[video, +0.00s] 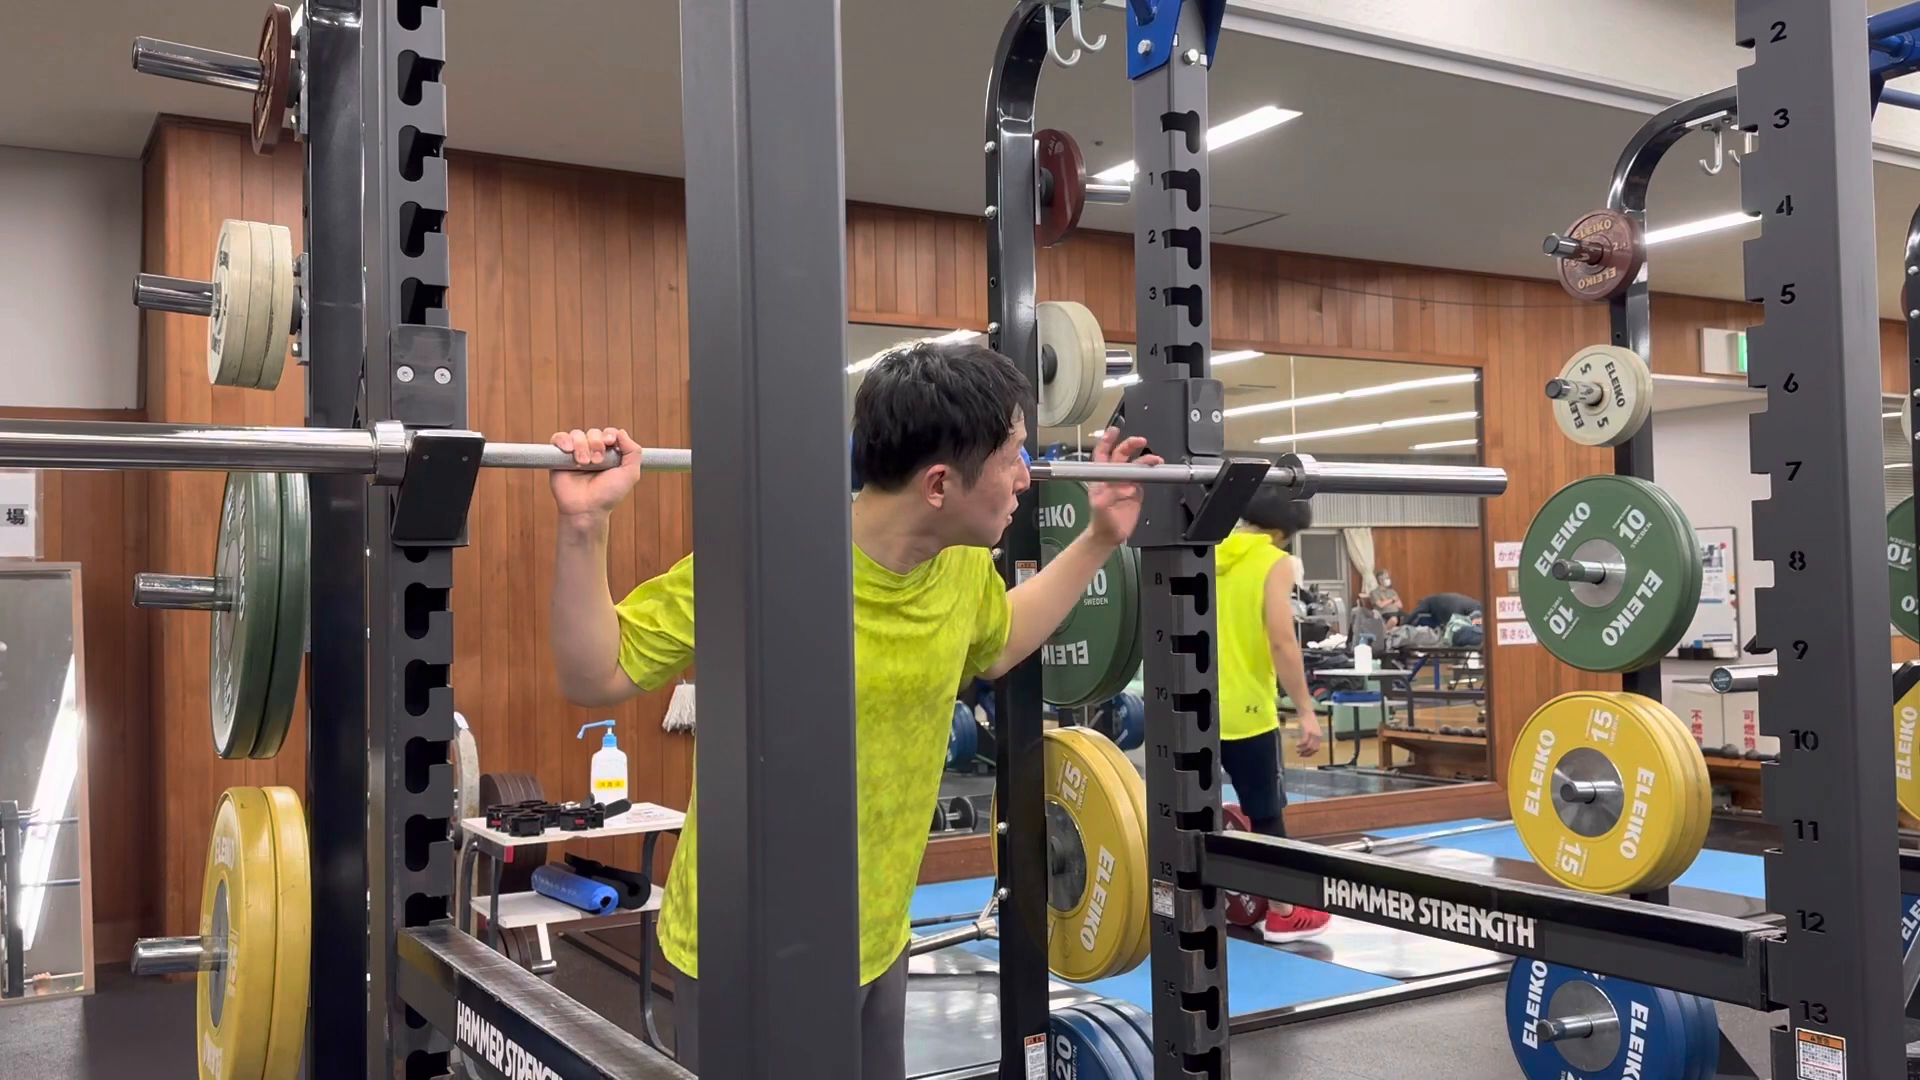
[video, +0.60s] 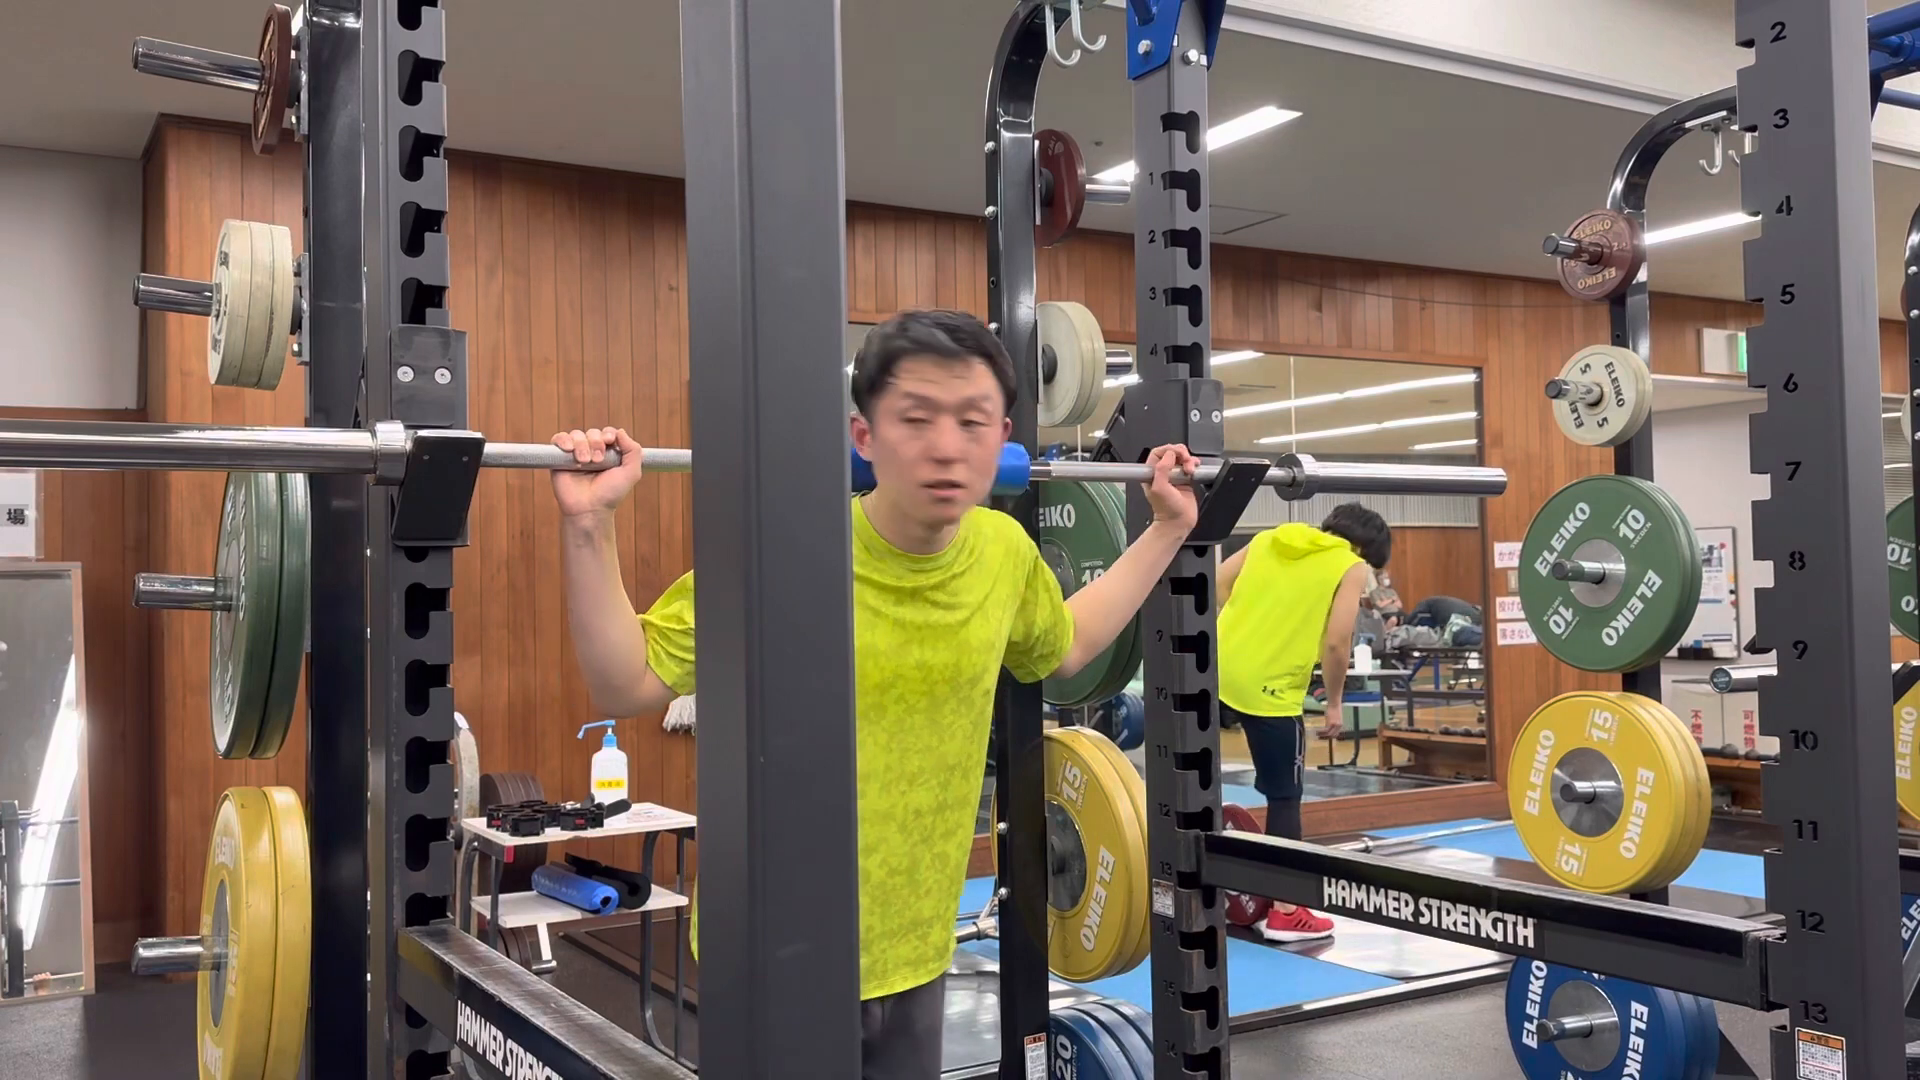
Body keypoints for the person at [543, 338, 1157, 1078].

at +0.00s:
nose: (1026, 476)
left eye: (1022, 453)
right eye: (1011, 457)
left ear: (941, 486)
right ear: (938, 484)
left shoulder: (965, 569)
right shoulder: (770, 561)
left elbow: (994, 648)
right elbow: (595, 675)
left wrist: (1102, 538)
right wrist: (581, 527)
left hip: (875, 952)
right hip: (742, 959)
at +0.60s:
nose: (948, 449)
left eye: (974, 420)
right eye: (916, 418)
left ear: (1002, 436)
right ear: (863, 435)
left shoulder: (1002, 552)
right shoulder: (788, 549)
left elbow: (1059, 647)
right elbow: (630, 688)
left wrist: (1167, 533)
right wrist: (587, 527)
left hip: (915, 961)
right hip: (777, 966)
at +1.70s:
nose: (993, 461)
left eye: (1013, 432)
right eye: (963, 430)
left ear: (1030, 433)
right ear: (892, 427)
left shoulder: (1024, 536)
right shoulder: (812, 539)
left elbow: (1067, 636)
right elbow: (650, 667)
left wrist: (1164, 526)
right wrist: (596, 523)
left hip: (976, 954)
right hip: (836, 970)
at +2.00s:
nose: (974, 450)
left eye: (993, 421)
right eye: (944, 420)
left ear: (1014, 422)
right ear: (874, 419)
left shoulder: (1015, 530)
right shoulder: (804, 531)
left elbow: (1062, 630)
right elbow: (650, 666)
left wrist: (1166, 524)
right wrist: (597, 520)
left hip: (978, 954)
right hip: (833, 970)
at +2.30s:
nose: (975, 448)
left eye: (994, 417)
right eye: (944, 420)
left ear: (1015, 413)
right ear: (874, 416)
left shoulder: (1020, 516)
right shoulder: (811, 524)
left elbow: (1060, 610)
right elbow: (655, 646)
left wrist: (1170, 514)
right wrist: (597, 505)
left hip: (986, 938)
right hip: (846, 957)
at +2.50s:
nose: (966, 440)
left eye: (987, 410)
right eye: (935, 411)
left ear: (1009, 409)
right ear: (868, 407)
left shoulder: (1015, 512)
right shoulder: (803, 512)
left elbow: (1058, 607)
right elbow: (644, 632)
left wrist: (1168, 510)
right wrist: (591, 495)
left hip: (984, 942)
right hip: (838, 955)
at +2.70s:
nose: (957, 438)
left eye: (979, 408)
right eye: (925, 408)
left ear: (1001, 404)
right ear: (861, 405)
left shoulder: (1008, 503)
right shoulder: (794, 508)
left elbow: (1050, 603)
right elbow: (630, 623)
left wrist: (1159, 504)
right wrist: (581, 483)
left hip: (986, 937)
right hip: (846, 958)